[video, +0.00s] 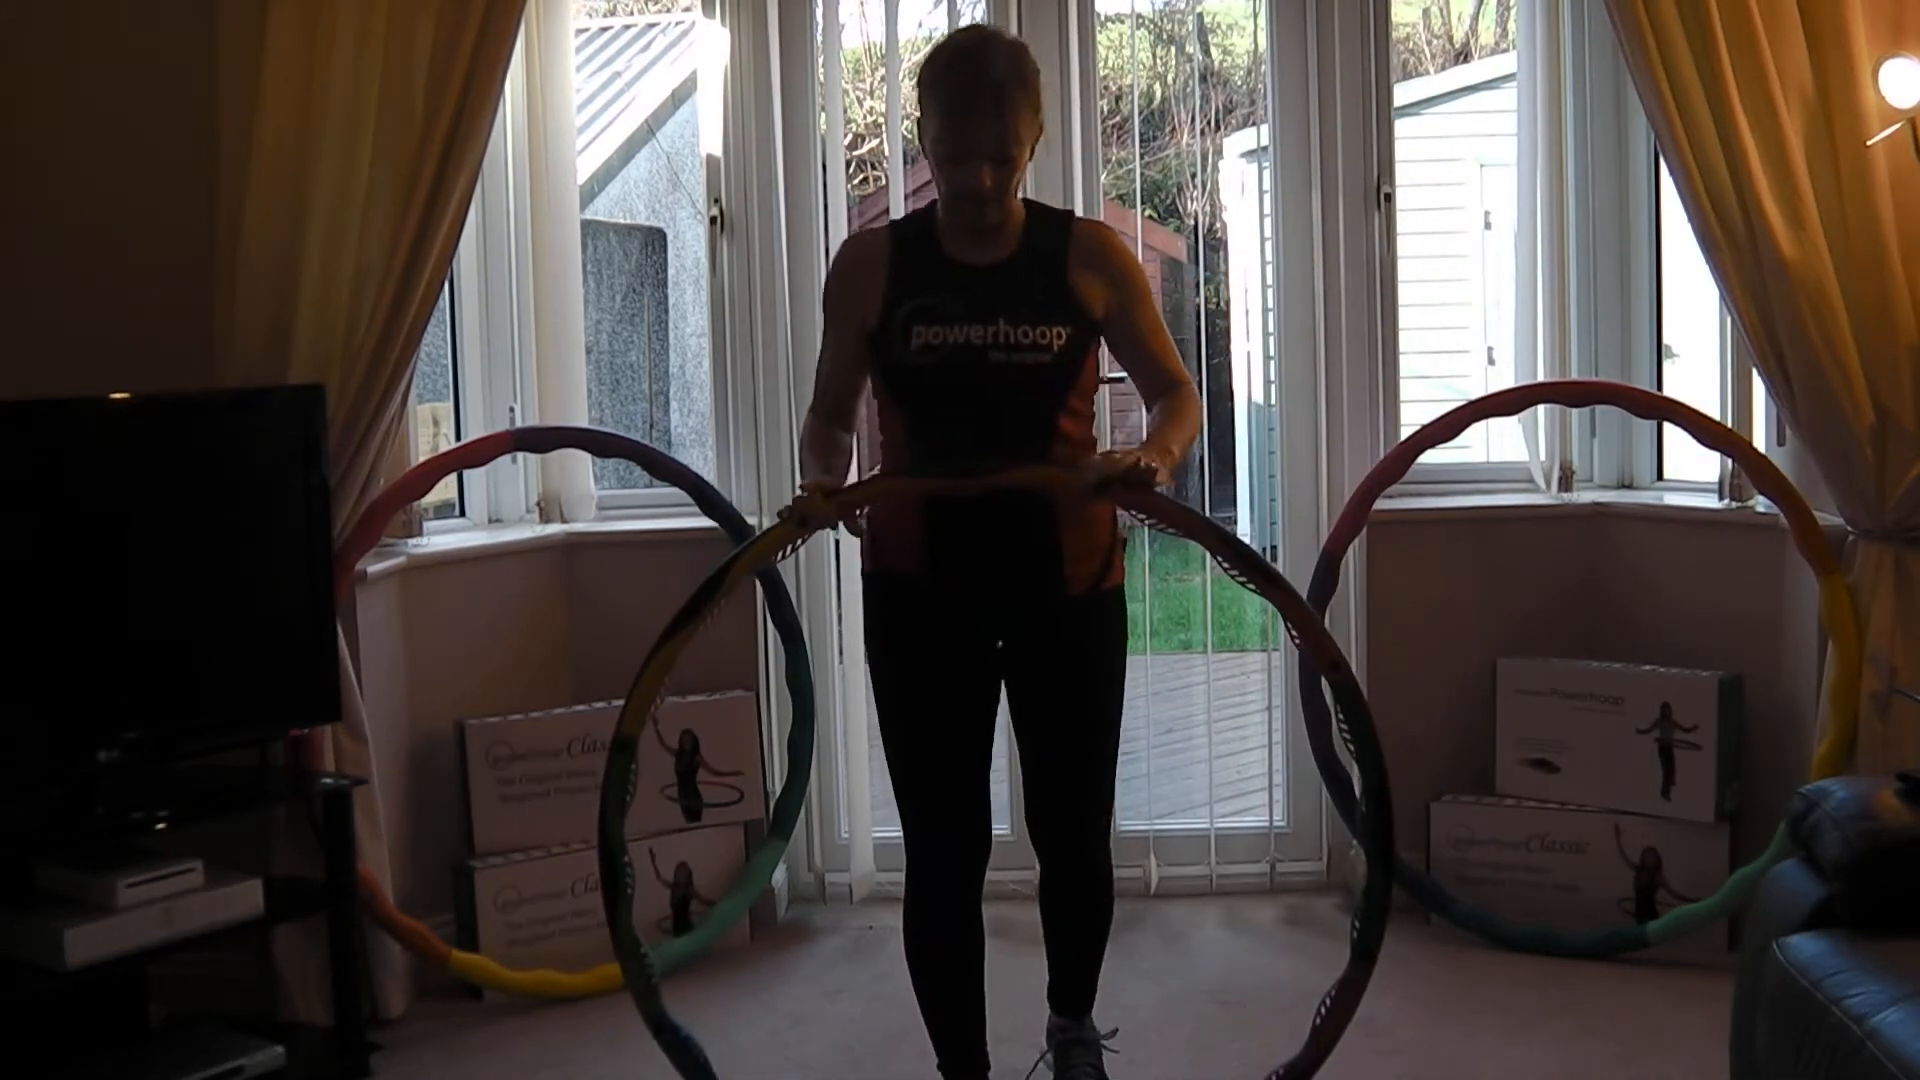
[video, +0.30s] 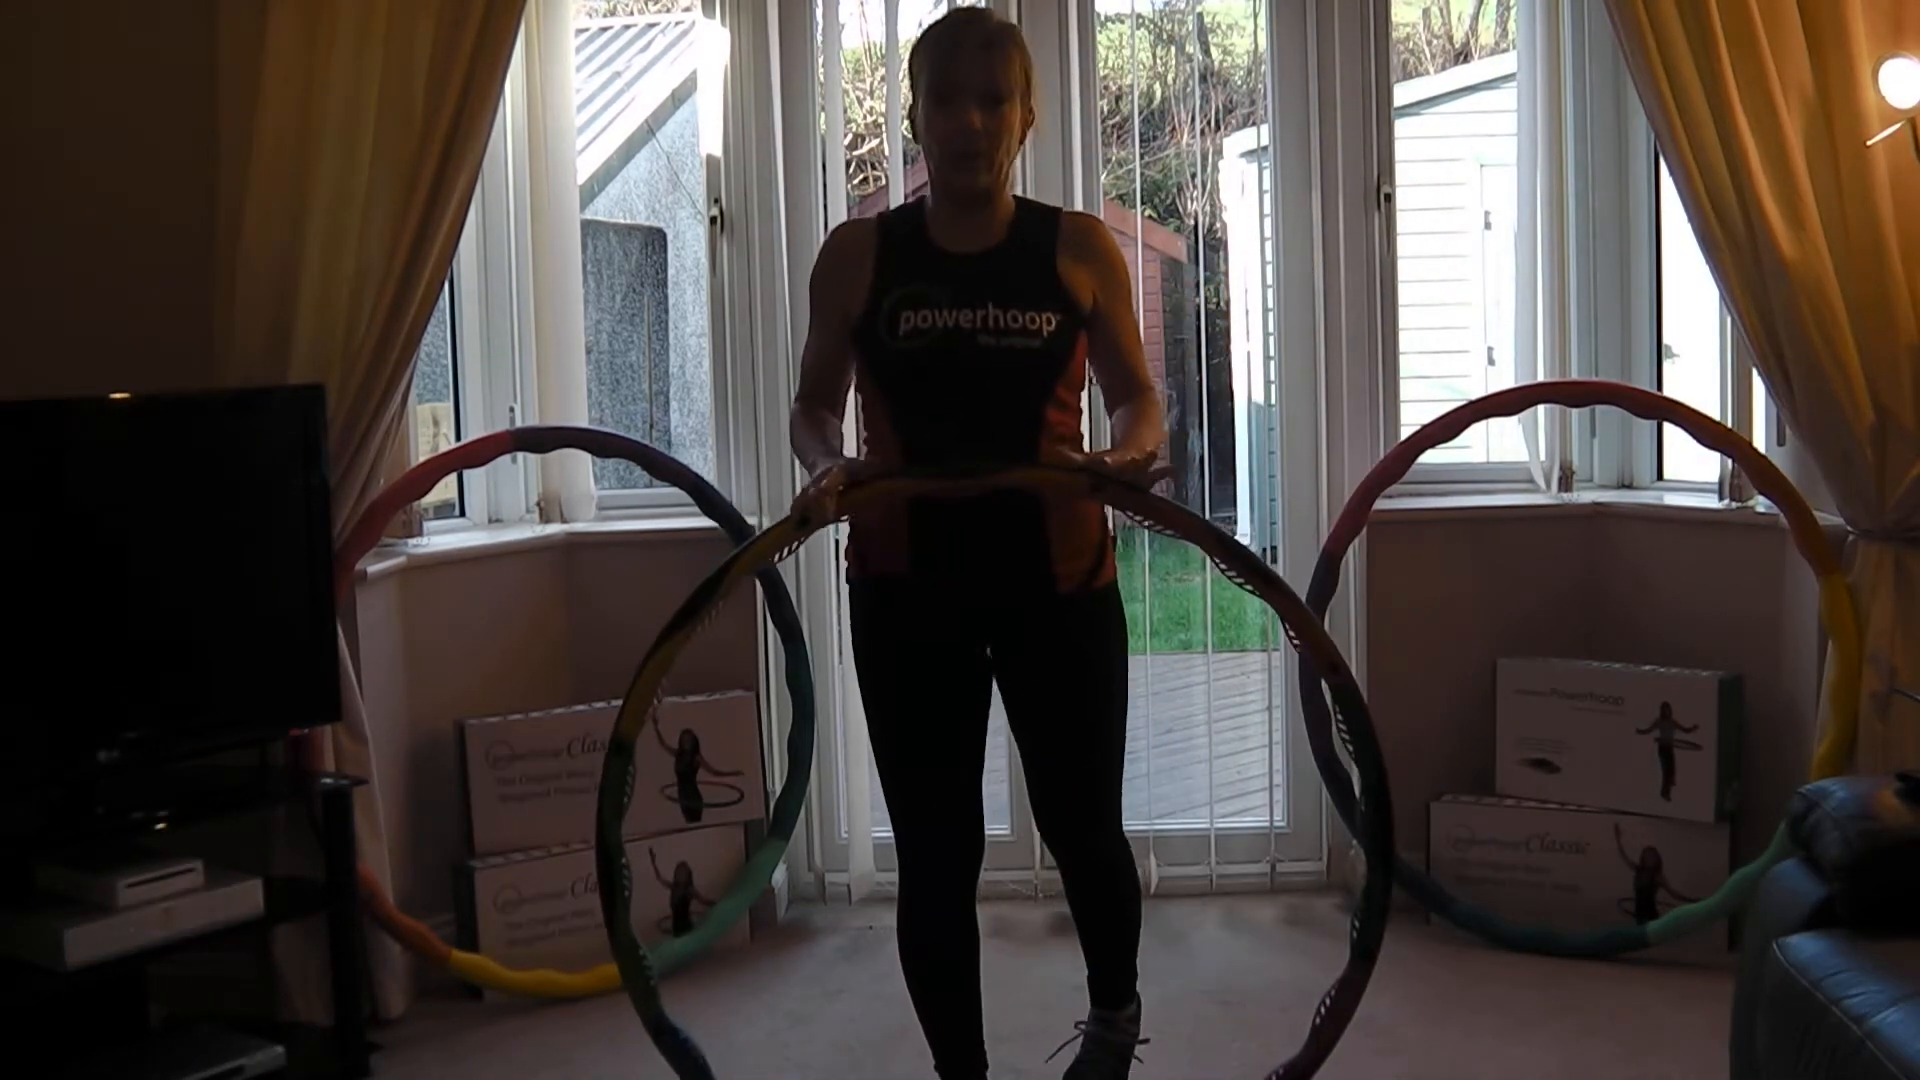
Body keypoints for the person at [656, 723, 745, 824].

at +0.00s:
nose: (685, 742)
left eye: (688, 739)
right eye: (683, 739)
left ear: (694, 741)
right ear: (680, 741)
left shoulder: (696, 757)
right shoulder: (678, 754)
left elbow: (714, 772)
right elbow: (663, 744)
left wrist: (734, 773)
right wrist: (655, 727)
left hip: (693, 796)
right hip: (682, 796)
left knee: (697, 829)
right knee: (691, 829)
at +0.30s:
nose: (685, 742)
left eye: (688, 739)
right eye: (683, 739)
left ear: (693, 741)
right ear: (680, 741)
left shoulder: (696, 757)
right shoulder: (678, 754)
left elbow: (714, 772)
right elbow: (663, 744)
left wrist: (733, 773)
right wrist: (655, 726)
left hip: (693, 796)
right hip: (682, 796)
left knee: (696, 829)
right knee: (691, 830)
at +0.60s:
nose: (685, 742)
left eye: (688, 739)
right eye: (683, 739)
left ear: (693, 742)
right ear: (680, 741)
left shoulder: (696, 757)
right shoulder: (678, 754)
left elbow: (714, 773)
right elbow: (662, 744)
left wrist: (734, 773)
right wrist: (655, 726)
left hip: (693, 794)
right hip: (682, 794)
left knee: (696, 827)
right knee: (690, 827)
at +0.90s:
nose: (685, 742)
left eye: (689, 739)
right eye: (683, 739)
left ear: (693, 742)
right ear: (680, 741)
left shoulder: (696, 757)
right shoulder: (678, 754)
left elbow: (713, 772)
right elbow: (662, 744)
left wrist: (734, 773)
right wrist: (656, 727)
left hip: (693, 795)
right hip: (682, 795)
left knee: (696, 828)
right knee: (691, 828)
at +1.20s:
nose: (686, 743)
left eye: (689, 740)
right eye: (684, 740)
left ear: (694, 742)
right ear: (680, 741)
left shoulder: (696, 757)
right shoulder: (679, 754)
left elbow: (713, 772)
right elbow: (663, 744)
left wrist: (734, 773)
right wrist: (655, 727)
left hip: (693, 795)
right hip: (682, 795)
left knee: (696, 828)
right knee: (691, 828)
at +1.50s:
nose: (685, 742)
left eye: (688, 739)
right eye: (683, 739)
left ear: (693, 741)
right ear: (680, 741)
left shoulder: (696, 757)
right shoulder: (678, 755)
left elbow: (713, 772)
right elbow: (662, 744)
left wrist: (734, 773)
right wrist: (656, 726)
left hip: (693, 795)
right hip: (682, 795)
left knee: (696, 828)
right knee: (691, 828)